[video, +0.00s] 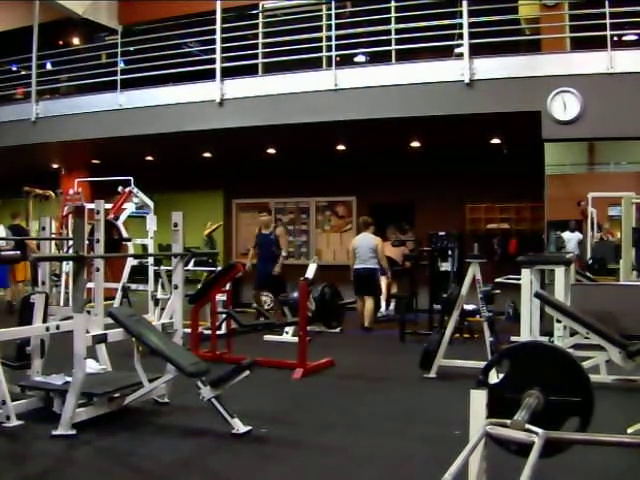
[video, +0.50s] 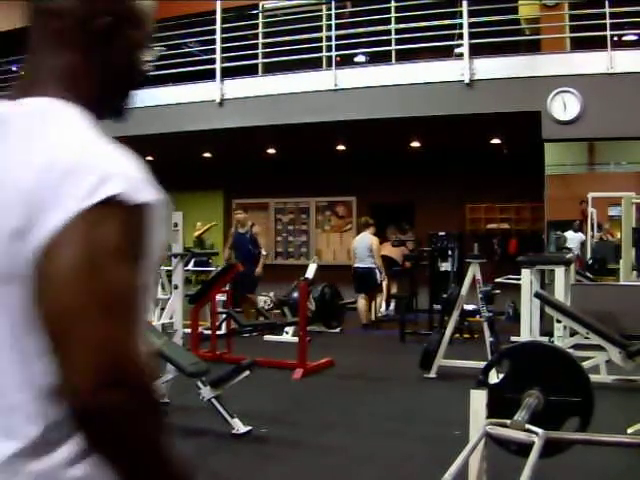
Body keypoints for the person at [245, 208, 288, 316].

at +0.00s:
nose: (262, 219)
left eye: (264, 216)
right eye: (260, 216)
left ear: (271, 217)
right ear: (258, 218)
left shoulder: (278, 230)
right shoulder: (259, 230)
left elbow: (284, 249)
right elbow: (253, 247)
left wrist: (279, 265)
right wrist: (249, 261)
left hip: (273, 265)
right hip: (261, 265)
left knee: (275, 292)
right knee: (257, 291)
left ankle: (278, 314)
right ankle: (259, 313)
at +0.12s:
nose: (255, 222)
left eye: (257, 218)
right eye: (254, 219)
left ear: (264, 219)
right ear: (253, 222)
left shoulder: (272, 232)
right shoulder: (254, 234)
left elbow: (277, 250)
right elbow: (250, 250)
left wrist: (268, 263)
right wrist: (246, 263)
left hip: (270, 267)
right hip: (257, 267)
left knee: (274, 295)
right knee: (255, 295)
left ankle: (278, 318)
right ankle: (252, 320)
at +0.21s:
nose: (251, 225)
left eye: (253, 223)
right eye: (250, 223)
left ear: (259, 222)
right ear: (249, 224)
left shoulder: (268, 232)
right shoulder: (250, 235)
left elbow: (273, 251)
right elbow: (246, 251)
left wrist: (263, 263)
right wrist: (244, 263)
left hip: (267, 267)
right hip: (253, 268)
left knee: (271, 295)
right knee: (253, 296)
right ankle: (252, 321)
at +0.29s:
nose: (246, 221)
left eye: (249, 218)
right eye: (244, 218)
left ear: (255, 218)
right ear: (243, 220)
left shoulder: (263, 231)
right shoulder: (245, 234)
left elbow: (268, 251)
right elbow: (243, 251)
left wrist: (260, 264)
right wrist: (240, 262)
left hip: (260, 266)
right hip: (248, 266)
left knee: (262, 295)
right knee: (249, 294)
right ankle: (250, 320)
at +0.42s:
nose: (241, 219)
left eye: (243, 216)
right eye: (239, 216)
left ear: (249, 217)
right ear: (238, 219)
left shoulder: (258, 230)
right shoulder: (238, 233)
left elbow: (265, 250)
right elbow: (234, 250)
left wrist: (259, 266)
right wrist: (230, 263)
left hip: (255, 267)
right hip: (242, 267)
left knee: (256, 296)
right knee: (243, 296)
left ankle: (256, 321)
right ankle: (245, 322)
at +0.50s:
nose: (237, 217)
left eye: (240, 214)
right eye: (236, 214)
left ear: (246, 215)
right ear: (234, 217)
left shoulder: (254, 229)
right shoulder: (233, 231)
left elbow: (263, 250)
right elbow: (229, 246)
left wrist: (260, 267)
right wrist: (226, 258)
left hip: (251, 266)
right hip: (238, 266)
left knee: (249, 294)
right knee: (238, 295)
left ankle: (254, 319)